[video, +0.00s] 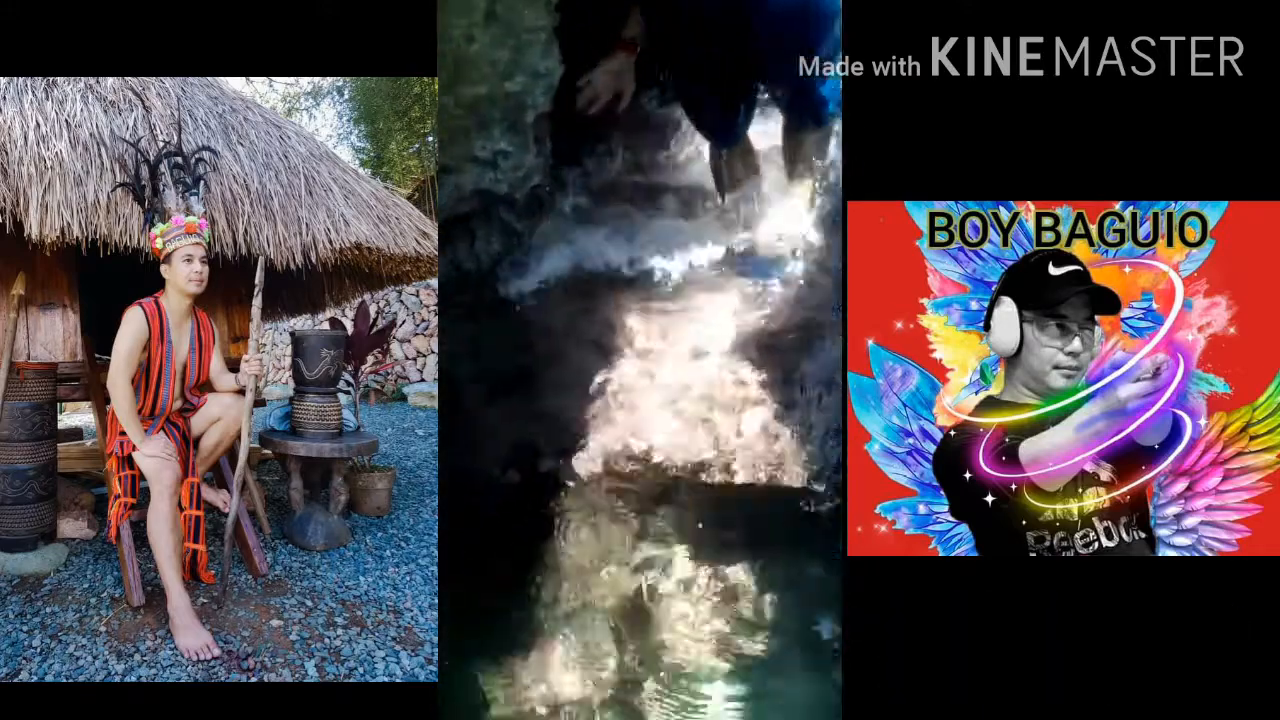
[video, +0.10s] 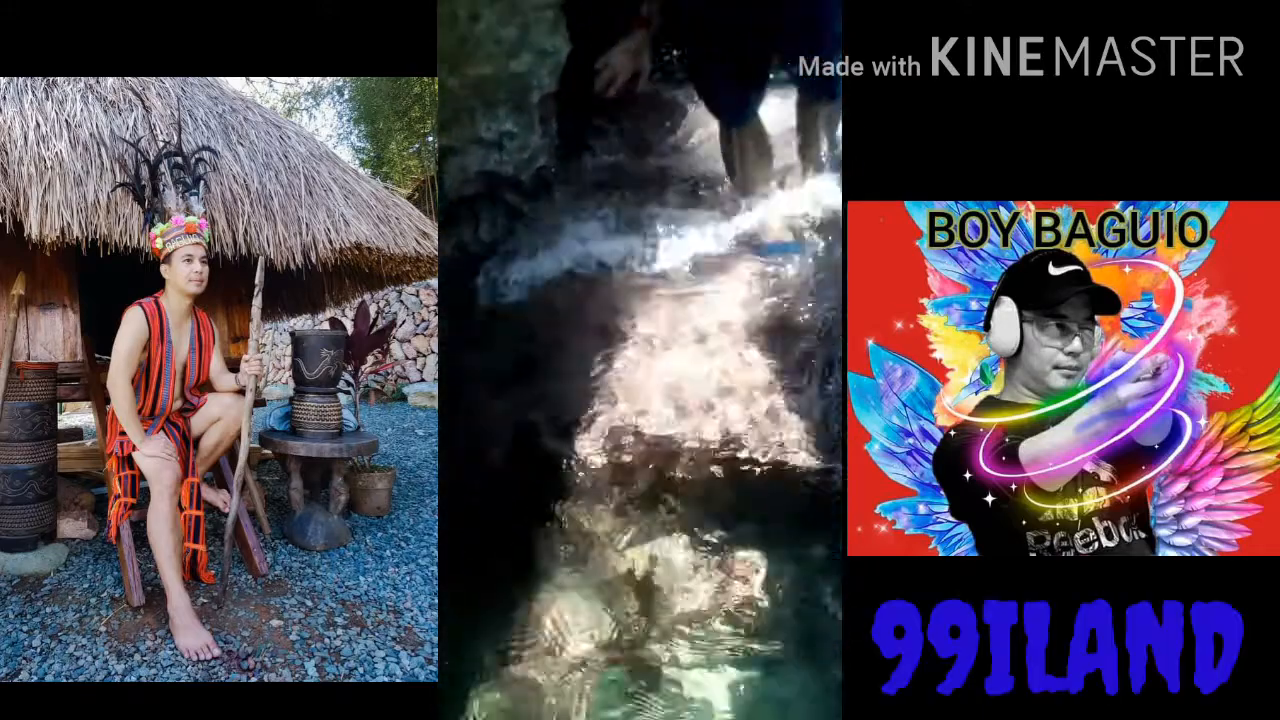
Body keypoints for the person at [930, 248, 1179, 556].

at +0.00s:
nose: (1076, 346)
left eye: (1086, 328)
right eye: (1055, 326)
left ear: (1097, 335)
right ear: (1007, 328)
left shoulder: (1113, 408)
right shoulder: (962, 446)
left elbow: (1156, 436)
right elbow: (1022, 471)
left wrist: (1147, 395)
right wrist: (1105, 413)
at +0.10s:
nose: (1076, 346)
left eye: (1086, 328)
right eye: (1055, 327)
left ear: (1096, 334)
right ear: (1007, 327)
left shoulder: (1114, 408)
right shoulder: (962, 446)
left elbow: (1155, 435)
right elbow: (1022, 471)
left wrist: (1149, 397)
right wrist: (1106, 411)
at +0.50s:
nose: (1076, 346)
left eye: (1086, 328)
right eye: (1055, 327)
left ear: (1097, 334)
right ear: (1007, 327)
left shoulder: (1113, 409)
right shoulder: (963, 446)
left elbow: (1155, 435)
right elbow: (1023, 472)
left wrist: (1148, 396)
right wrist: (1106, 412)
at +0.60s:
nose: (1076, 346)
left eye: (1086, 328)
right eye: (1055, 326)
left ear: (1097, 335)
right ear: (1007, 328)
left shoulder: (1113, 408)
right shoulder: (962, 446)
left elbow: (1156, 435)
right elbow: (1022, 471)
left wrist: (1147, 395)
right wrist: (1105, 413)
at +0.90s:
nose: (1076, 346)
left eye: (1086, 328)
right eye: (1055, 327)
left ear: (1097, 334)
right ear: (1007, 328)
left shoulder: (1113, 409)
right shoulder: (962, 445)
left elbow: (1155, 435)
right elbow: (1023, 472)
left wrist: (1149, 396)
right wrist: (1106, 412)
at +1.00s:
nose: (1076, 346)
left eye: (1086, 328)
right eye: (1055, 327)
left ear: (1097, 334)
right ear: (1007, 328)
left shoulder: (1114, 408)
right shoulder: (962, 446)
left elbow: (1155, 435)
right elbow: (1022, 472)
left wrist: (1149, 397)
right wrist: (1106, 412)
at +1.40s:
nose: (1076, 346)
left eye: (1086, 328)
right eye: (1055, 327)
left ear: (1097, 334)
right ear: (1007, 328)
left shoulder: (1114, 408)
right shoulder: (962, 446)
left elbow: (1156, 435)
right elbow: (1022, 472)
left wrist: (1149, 397)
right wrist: (1106, 412)